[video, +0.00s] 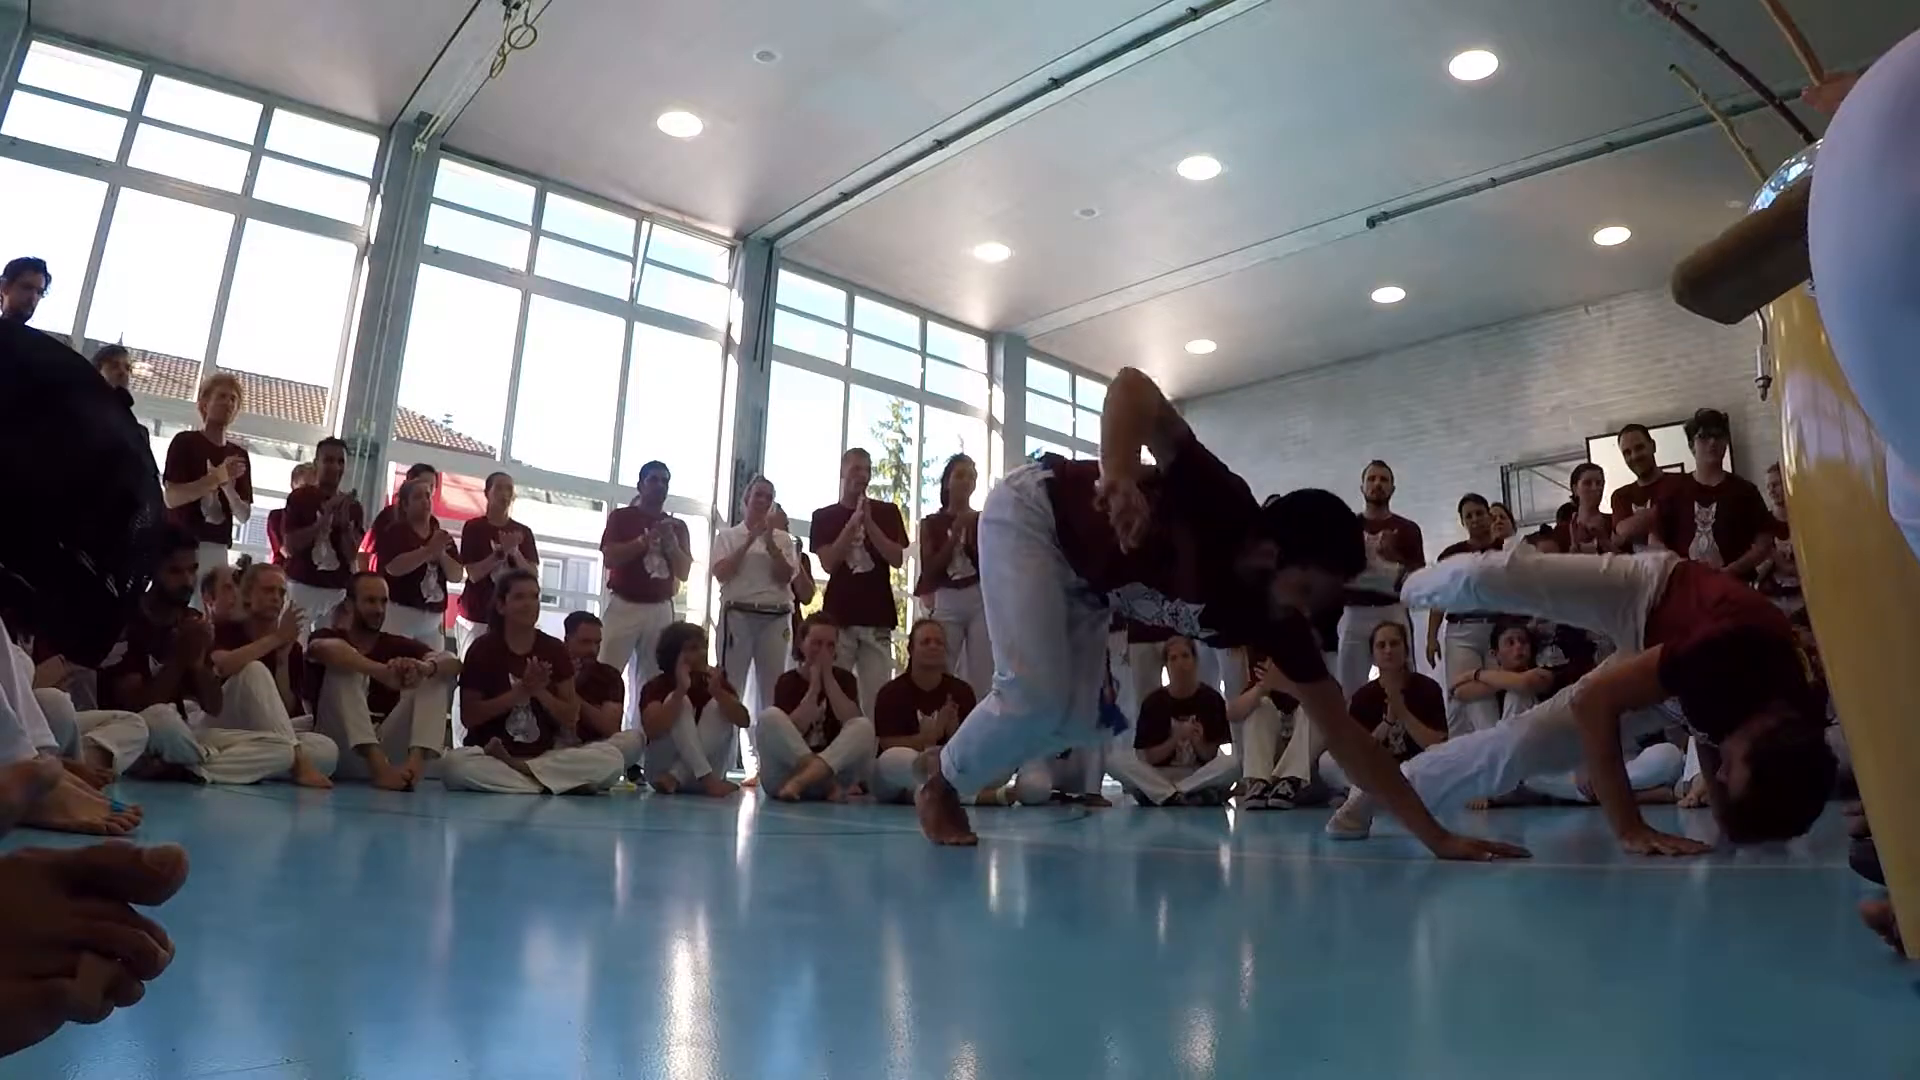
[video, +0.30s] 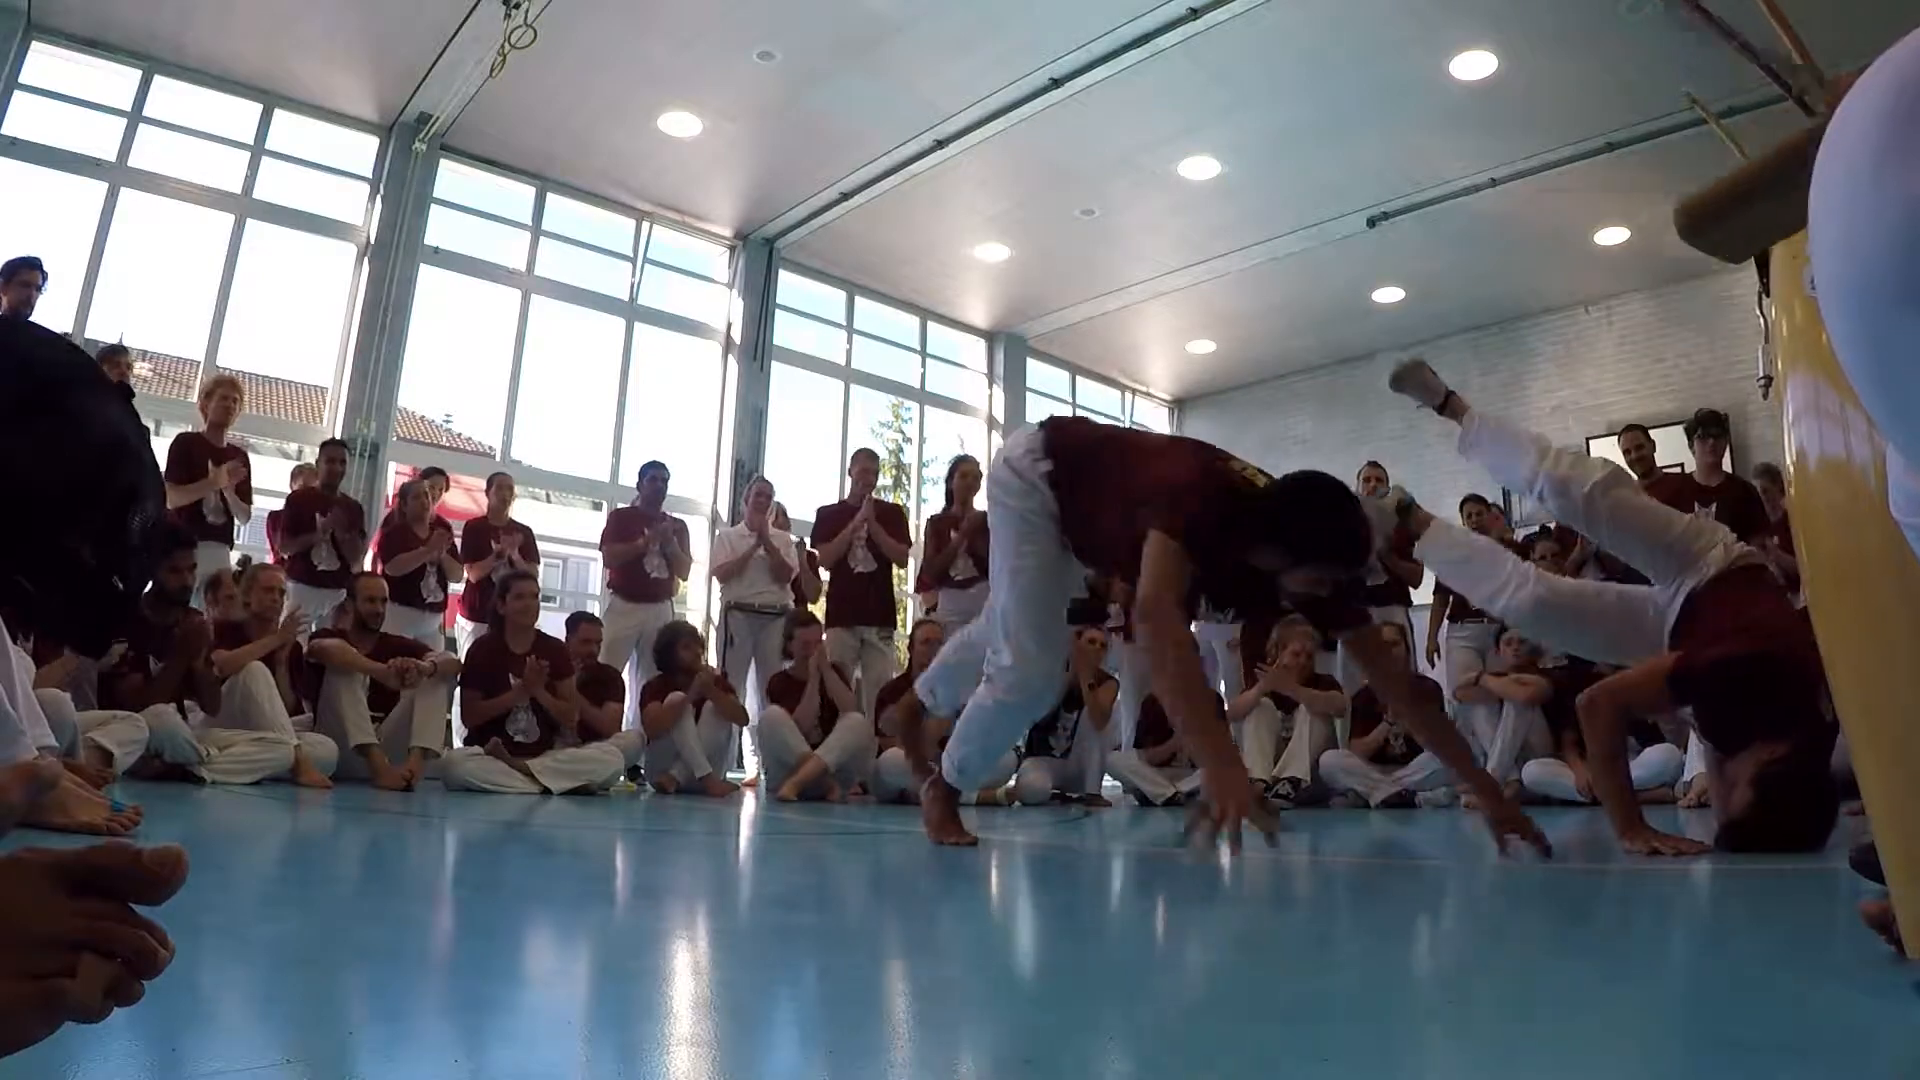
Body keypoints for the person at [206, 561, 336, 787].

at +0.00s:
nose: (276, 598)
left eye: (281, 592)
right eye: (268, 590)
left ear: (286, 598)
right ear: (247, 594)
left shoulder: (292, 648)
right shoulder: (226, 631)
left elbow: (290, 710)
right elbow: (222, 666)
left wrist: (283, 659)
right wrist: (278, 638)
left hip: (271, 733)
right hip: (225, 725)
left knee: (327, 751)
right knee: (254, 670)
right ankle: (299, 762)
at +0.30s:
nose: (276, 598)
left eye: (281, 593)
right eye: (268, 591)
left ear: (286, 599)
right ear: (247, 595)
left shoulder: (292, 647)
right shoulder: (225, 630)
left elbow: (290, 709)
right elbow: (222, 666)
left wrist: (281, 662)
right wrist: (279, 638)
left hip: (271, 733)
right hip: (224, 725)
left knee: (327, 751)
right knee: (254, 670)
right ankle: (299, 761)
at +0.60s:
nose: (275, 598)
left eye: (280, 592)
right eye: (267, 590)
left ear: (285, 598)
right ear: (247, 595)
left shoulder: (291, 646)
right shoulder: (229, 630)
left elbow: (291, 711)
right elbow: (222, 665)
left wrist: (283, 662)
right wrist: (281, 639)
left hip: (271, 734)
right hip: (224, 725)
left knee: (327, 751)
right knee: (254, 671)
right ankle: (299, 762)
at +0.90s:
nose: (273, 597)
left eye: (278, 591)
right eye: (264, 590)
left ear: (283, 597)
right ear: (245, 594)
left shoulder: (284, 641)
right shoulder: (228, 631)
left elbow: (288, 707)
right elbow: (219, 667)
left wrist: (290, 659)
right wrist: (270, 639)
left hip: (269, 731)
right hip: (224, 723)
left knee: (326, 751)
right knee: (254, 671)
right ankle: (298, 762)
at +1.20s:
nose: (272, 597)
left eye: (277, 590)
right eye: (263, 589)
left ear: (283, 597)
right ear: (245, 594)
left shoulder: (288, 644)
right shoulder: (225, 630)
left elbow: (288, 708)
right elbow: (221, 666)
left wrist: (286, 655)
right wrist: (274, 637)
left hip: (271, 732)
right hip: (225, 724)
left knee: (326, 751)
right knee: (253, 671)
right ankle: (298, 761)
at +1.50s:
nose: (273, 597)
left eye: (278, 590)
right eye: (264, 589)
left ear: (283, 597)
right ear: (245, 595)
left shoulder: (290, 644)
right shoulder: (224, 630)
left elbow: (290, 709)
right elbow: (221, 665)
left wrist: (283, 662)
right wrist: (281, 638)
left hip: (270, 733)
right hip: (224, 725)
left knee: (326, 751)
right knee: (253, 671)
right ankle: (299, 762)